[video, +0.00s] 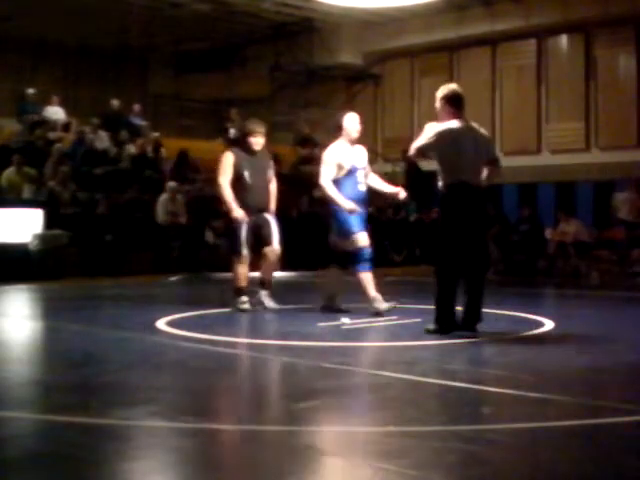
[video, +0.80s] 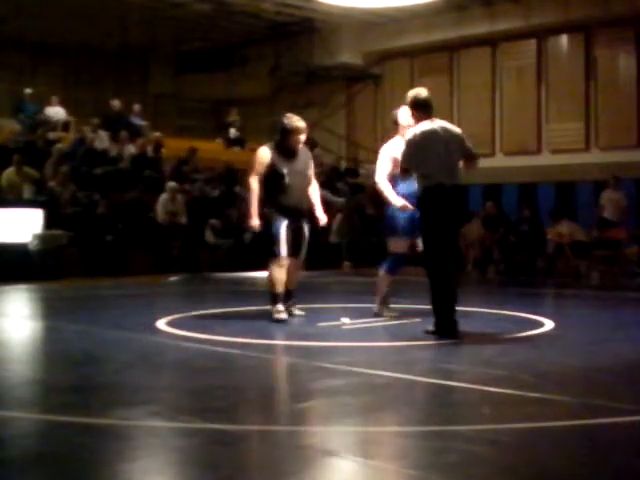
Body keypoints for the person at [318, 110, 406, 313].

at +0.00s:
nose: (357, 129)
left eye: (358, 124)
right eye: (353, 125)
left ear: (360, 127)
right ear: (343, 127)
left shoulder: (361, 150)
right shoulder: (333, 151)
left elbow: (367, 176)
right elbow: (324, 180)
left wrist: (391, 190)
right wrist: (344, 203)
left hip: (360, 206)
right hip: (344, 206)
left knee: (342, 253)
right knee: (363, 247)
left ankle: (330, 297)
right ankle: (375, 298)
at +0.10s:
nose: (364, 128)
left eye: (365, 123)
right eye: (359, 124)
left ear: (366, 125)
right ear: (350, 126)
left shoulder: (369, 149)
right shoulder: (341, 152)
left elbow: (375, 178)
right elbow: (333, 181)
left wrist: (396, 200)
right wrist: (350, 204)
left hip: (370, 205)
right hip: (355, 206)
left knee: (354, 253)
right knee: (372, 248)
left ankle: (334, 294)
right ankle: (378, 300)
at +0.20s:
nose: (370, 127)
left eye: (371, 123)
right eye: (366, 124)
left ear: (373, 124)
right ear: (356, 126)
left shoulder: (377, 147)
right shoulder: (349, 150)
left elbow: (382, 177)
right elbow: (341, 180)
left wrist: (392, 203)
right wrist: (359, 203)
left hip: (379, 200)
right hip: (362, 202)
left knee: (383, 246)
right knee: (378, 244)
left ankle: (350, 286)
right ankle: (379, 301)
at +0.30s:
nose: (378, 125)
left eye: (379, 121)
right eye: (373, 122)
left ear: (381, 122)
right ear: (364, 124)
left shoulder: (384, 146)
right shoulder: (357, 149)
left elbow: (388, 176)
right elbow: (349, 179)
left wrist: (392, 199)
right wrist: (368, 201)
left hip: (386, 200)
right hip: (369, 203)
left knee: (397, 241)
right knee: (378, 247)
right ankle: (379, 300)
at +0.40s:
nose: (385, 124)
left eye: (386, 120)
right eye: (381, 121)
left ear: (388, 122)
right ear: (371, 123)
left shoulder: (390, 145)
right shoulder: (364, 146)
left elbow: (393, 174)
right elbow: (356, 176)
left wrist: (397, 197)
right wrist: (376, 197)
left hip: (393, 201)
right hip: (375, 203)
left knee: (411, 240)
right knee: (380, 252)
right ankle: (380, 301)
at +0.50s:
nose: (392, 124)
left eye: (393, 119)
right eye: (388, 120)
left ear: (394, 121)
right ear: (378, 122)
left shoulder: (397, 145)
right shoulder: (370, 145)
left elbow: (402, 173)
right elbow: (361, 174)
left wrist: (405, 195)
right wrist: (383, 195)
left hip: (401, 200)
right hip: (381, 202)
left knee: (414, 247)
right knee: (382, 252)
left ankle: (420, 298)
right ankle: (379, 301)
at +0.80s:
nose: (411, 125)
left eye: (412, 120)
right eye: (407, 121)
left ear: (416, 121)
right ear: (398, 123)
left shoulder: (423, 145)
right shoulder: (391, 147)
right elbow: (381, 178)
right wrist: (396, 199)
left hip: (422, 201)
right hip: (401, 200)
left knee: (427, 250)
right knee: (397, 252)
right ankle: (381, 298)